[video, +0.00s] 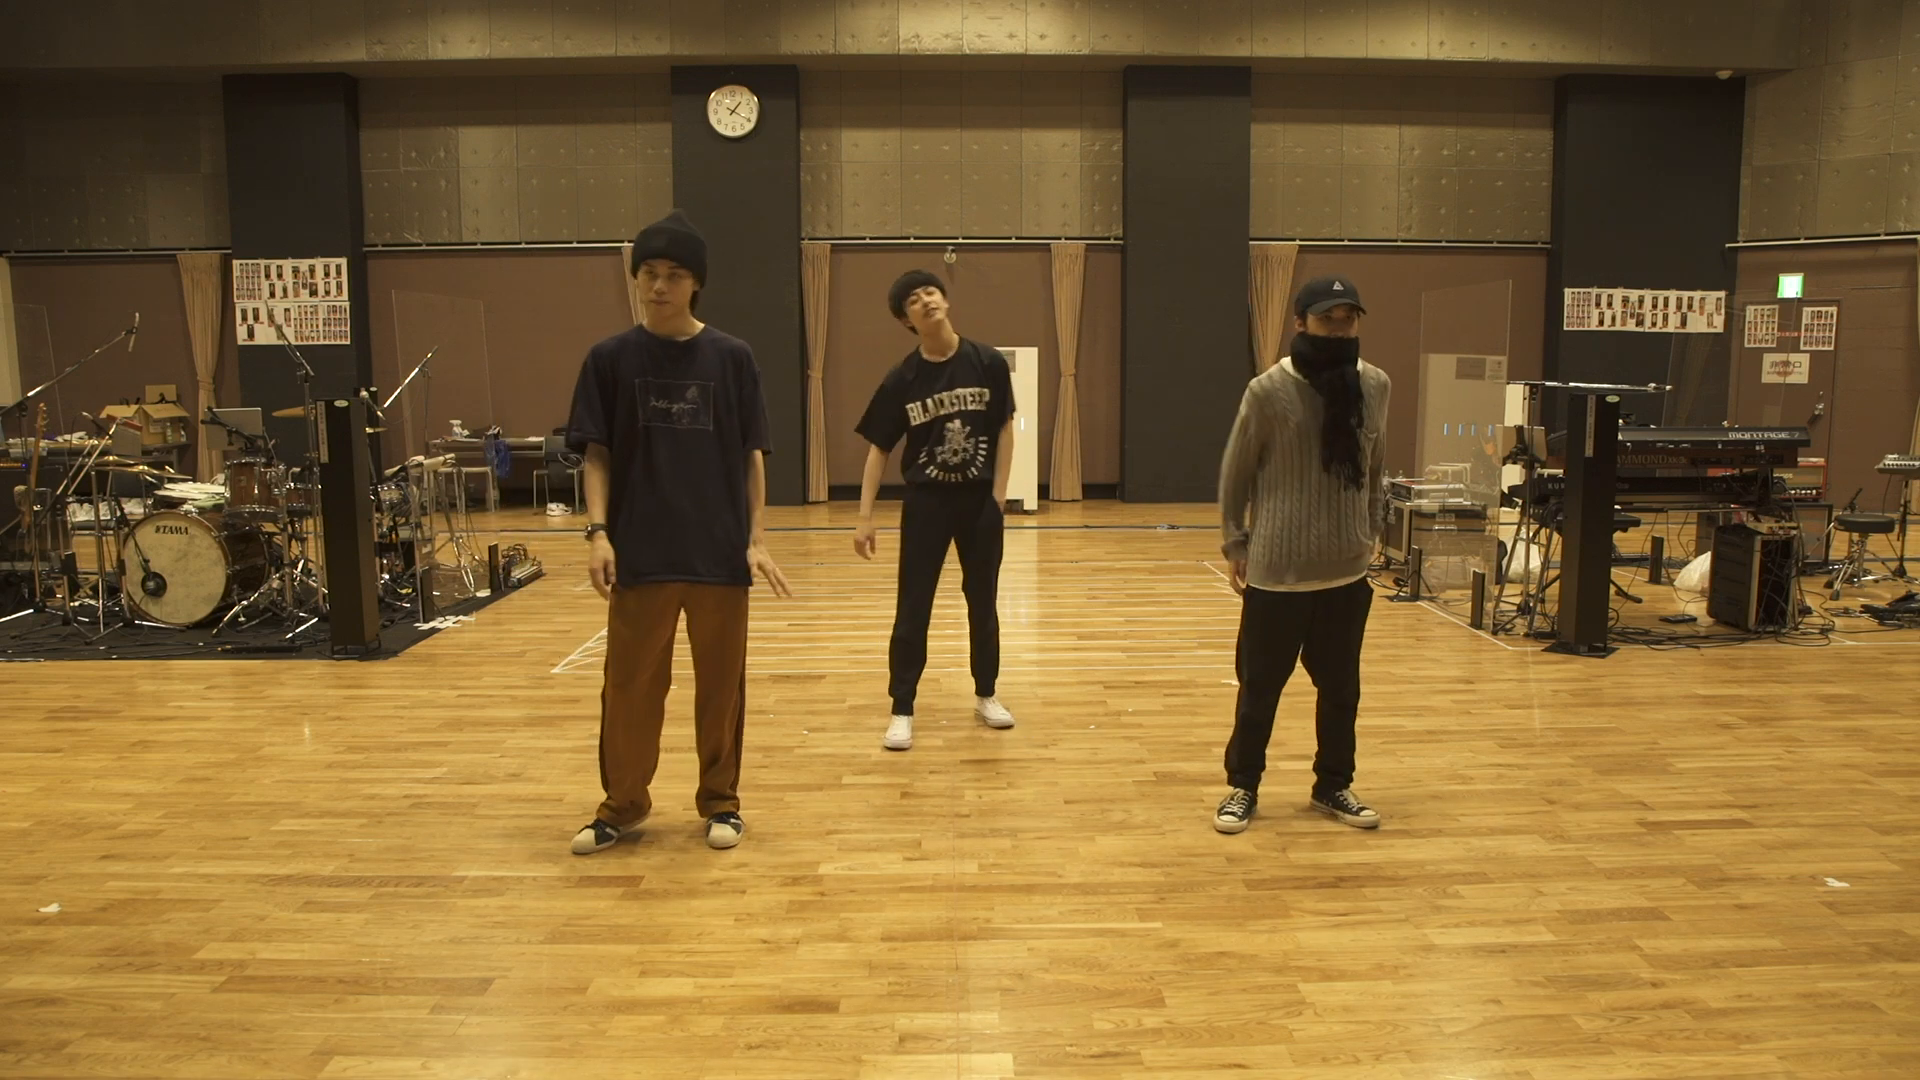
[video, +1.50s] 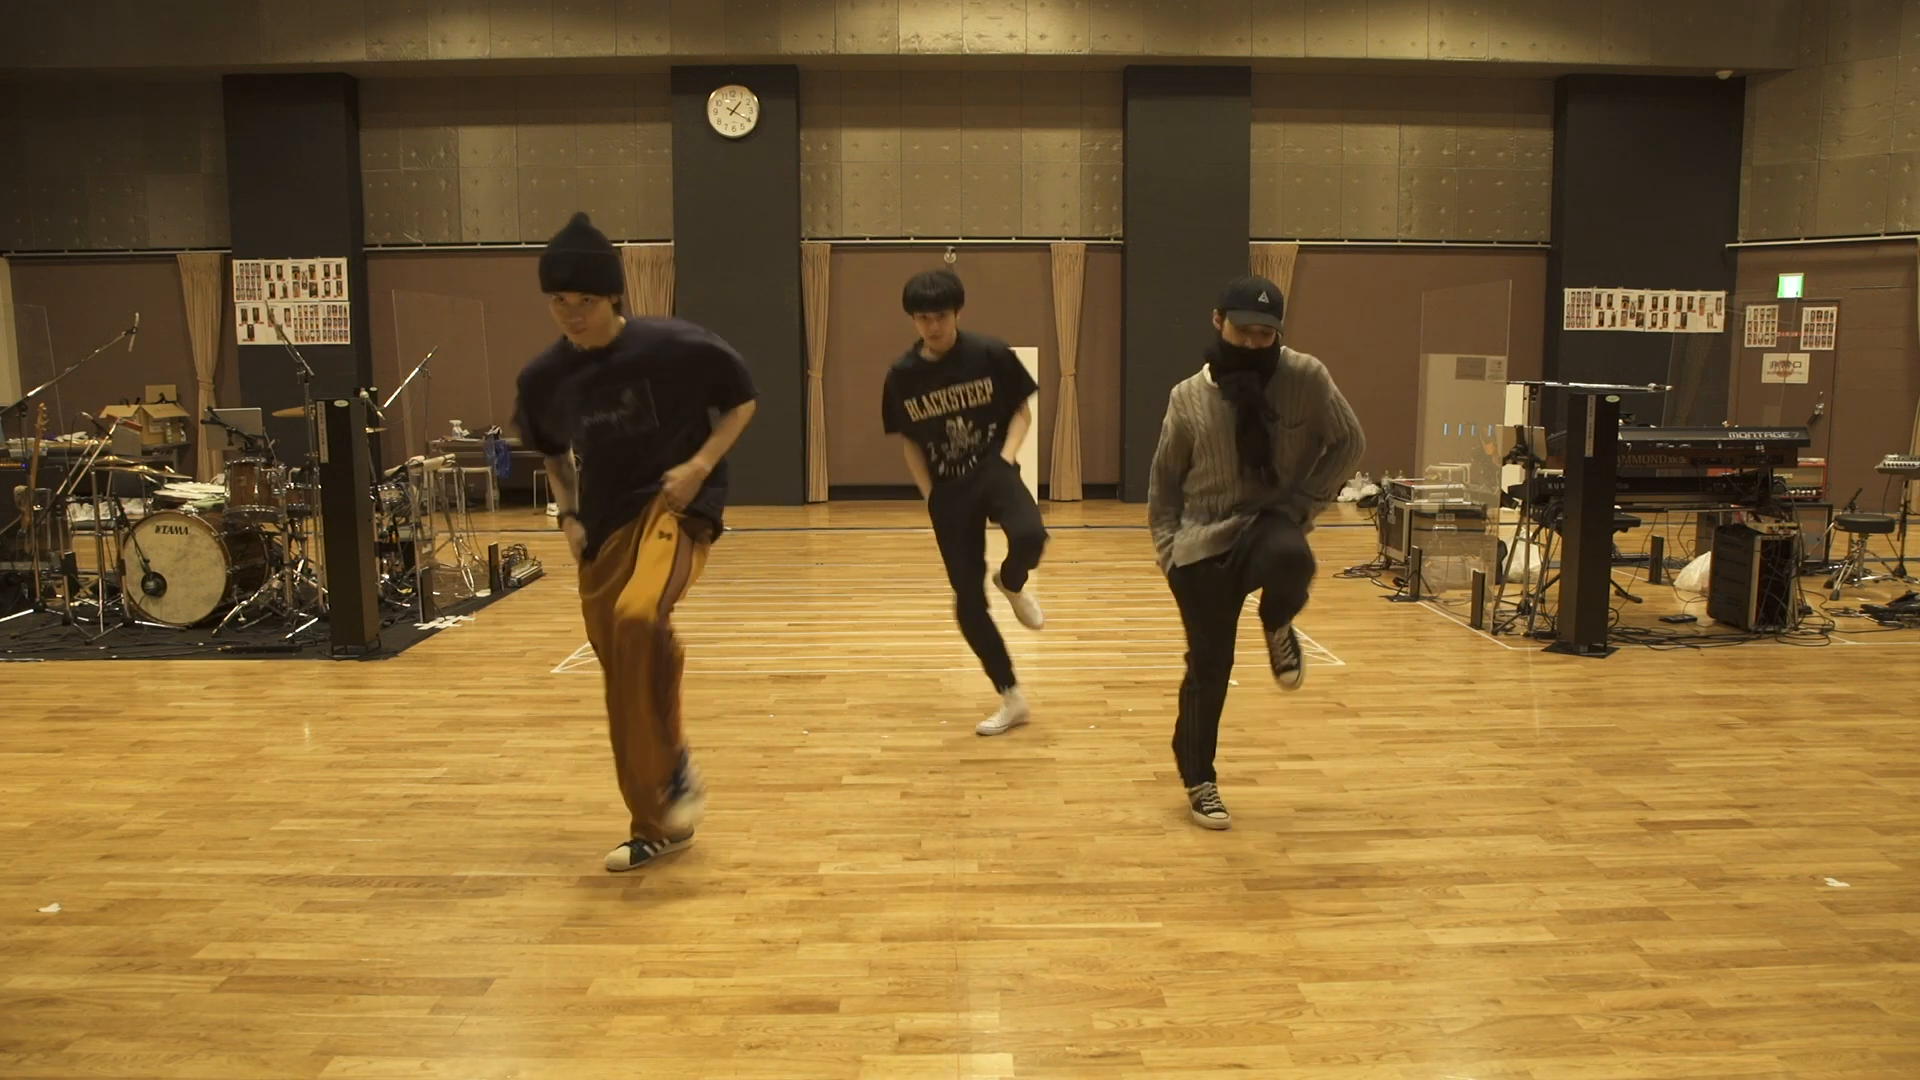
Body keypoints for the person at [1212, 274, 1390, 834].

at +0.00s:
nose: (1342, 326)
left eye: (1350, 316)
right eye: (1329, 316)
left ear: (1360, 322)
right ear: (1302, 322)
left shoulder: (1374, 387)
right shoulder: (1267, 390)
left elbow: (1376, 467)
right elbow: (1236, 469)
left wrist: (1373, 530)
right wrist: (1235, 539)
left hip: (1346, 571)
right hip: (1276, 573)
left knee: (1341, 690)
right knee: (1259, 689)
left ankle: (1333, 788)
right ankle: (1243, 789)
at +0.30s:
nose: (1351, 323)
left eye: (1359, 313)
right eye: (1338, 313)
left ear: (1368, 320)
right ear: (1311, 320)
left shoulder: (1384, 388)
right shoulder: (1274, 390)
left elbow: (1390, 474)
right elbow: (1224, 476)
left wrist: (1385, 539)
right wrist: (1241, 535)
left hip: (1351, 574)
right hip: (1281, 571)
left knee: (1342, 690)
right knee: (1259, 687)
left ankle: (1333, 788)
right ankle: (1242, 788)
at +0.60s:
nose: (1330, 324)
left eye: (1338, 314)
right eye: (1318, 314)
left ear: (1350, 321)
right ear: (1293, 318)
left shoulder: (1370, 392)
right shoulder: (1255, 390)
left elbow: (1383, 478)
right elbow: (1233, 478)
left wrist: (1371, 551)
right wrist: (1241, 558)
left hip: (1337, 572)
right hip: (1267, 571)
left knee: (1331, 686)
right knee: (1256, 686)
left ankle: (1333, 787)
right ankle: (1258, 789)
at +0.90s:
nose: (1286, 348)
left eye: (1295, 336)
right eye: (1274, 337)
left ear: (1309, 339)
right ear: (1250, 338)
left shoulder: (1339, 403)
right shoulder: (1222, 411)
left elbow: (1348, 491)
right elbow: (1204, 498)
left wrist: (1323, 555)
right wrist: (1210, 567)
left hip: (1307, 560)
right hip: (1242, 565)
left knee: (1281, 639)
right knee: (1239, 680)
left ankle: (1338, 675)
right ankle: (1256, 791)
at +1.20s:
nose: (1252, 397)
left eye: (1266, 388)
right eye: (1245, 385)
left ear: (1290, 391)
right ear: (1234, 384)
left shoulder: (1294, 450)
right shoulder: (1250, 442)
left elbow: (1328, 541)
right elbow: (1252, 534)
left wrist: (1268, 608)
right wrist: (1236, 599)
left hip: (1274, 624)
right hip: (1244, 620)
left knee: (1275, 744)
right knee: (1223, 718)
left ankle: (1350, 874)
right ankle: (1280, 815)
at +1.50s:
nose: (1254, 342)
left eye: (1265, 332)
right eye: (1244, 330)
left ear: (1279, 332)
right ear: (1219, 324)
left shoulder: (1305, 377)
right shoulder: (1189, 398)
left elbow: (1348, 441)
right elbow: (1164, 479)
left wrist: (1305, 504)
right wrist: (1168, 547)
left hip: (1270, 521)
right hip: (1203, 535)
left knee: (1291, 562)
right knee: (1209, 666)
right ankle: (1200, 779)